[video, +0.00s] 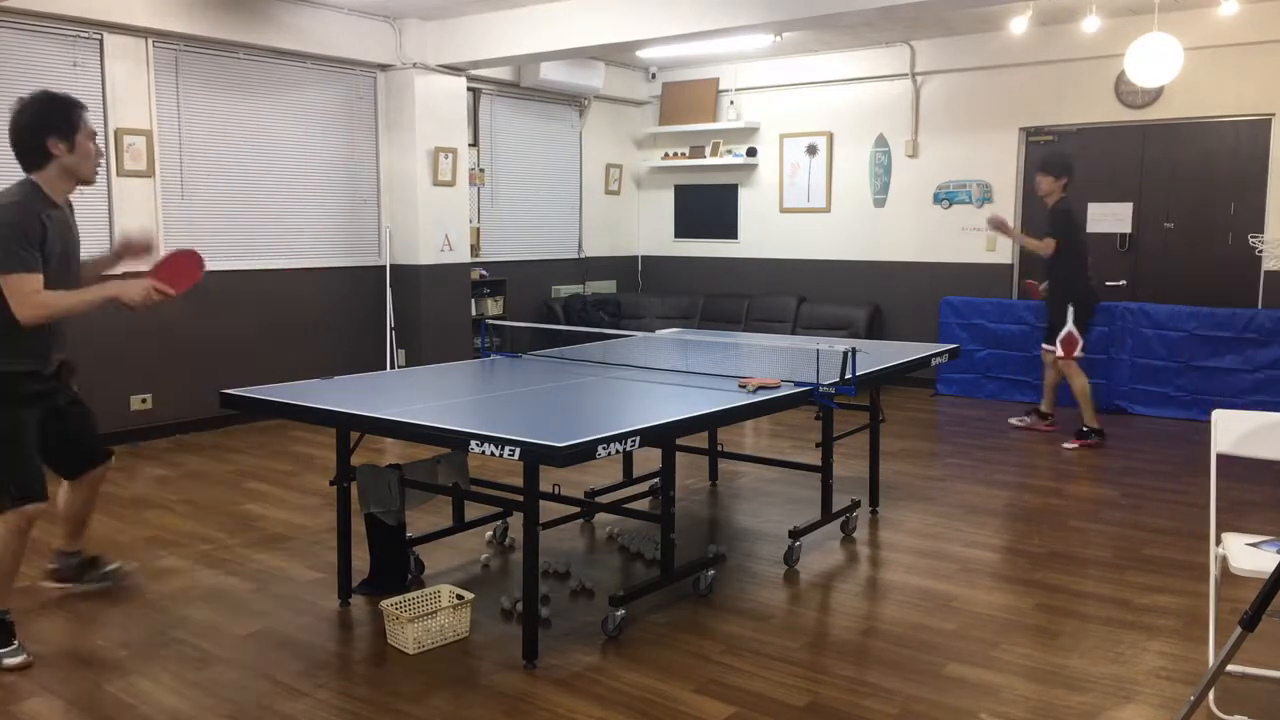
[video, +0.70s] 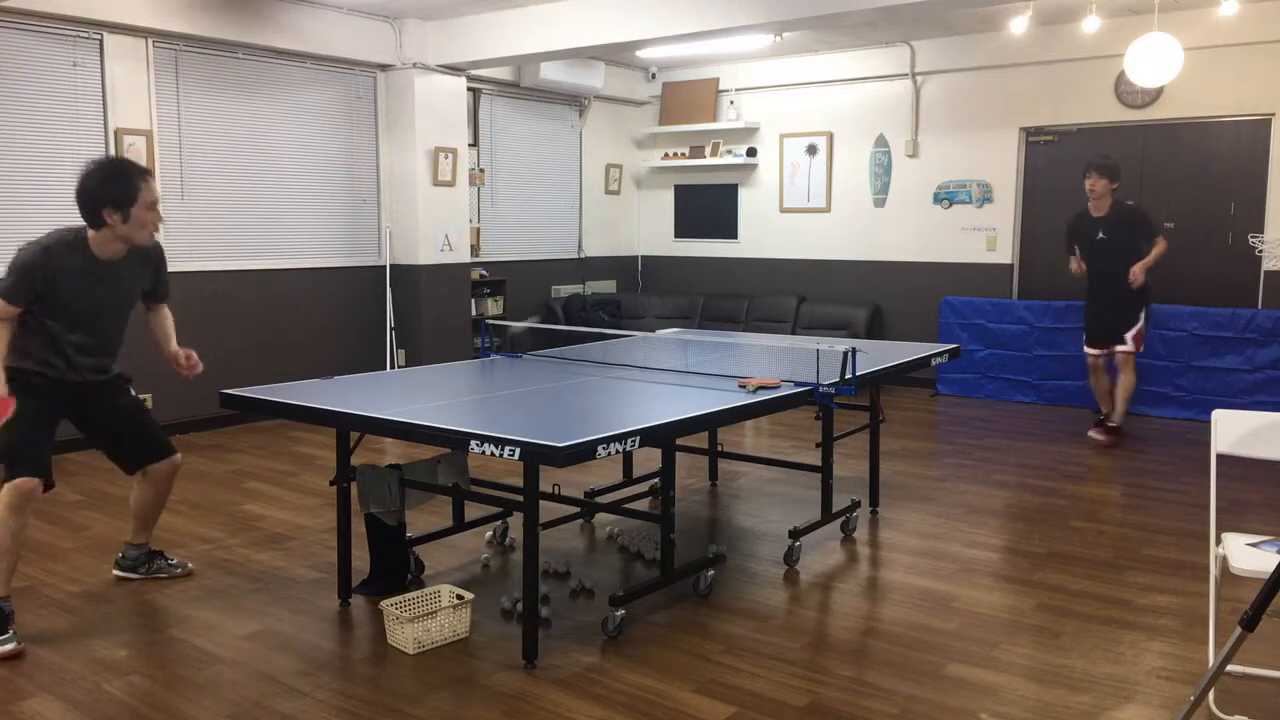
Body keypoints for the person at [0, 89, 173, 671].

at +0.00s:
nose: (98, 148)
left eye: (94, 137)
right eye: (88, 139)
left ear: (61, 147)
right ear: (55, 148)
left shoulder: (59, 208)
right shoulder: (18, 211)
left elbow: (59, 283)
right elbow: (27, 306)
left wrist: (112, 259)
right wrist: (116, 288)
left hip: (46, 376)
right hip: (11, 383)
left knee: (89, 462)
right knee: (21, 502)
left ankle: (69, 558)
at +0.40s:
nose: (139, 178)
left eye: (136, 167)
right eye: (130, 169)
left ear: (100, 178)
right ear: (95, 180)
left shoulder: (120, 227)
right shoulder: (36, 235)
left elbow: (122, 285)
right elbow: (10, 321)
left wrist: (145, 318)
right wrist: (89, 337)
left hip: (79, 373)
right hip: (19, 377)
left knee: (133, 455)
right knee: (20, 487)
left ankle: (130, 554)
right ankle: (2, 611)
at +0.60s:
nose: (147, 198)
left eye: (145, 187)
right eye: (138, 190)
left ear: (110, 198)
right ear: (102, 200)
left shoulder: (136, 242)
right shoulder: (34, 248)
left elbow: (145, 296)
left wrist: (166, 332)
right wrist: (12, 364)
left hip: (93, 377)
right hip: (29, 378)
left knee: (151, 463)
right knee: (19, 487)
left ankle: (132, 555)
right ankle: (2, 607)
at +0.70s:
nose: (158, 215)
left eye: (157, 204)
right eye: (148, 207)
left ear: (124, 217)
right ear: (112, 217)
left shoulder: (146, 255)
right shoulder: (43, 257)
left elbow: (157, 306)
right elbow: (4, 319)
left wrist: (172, 348)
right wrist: (1, 384)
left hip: (97, 382)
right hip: (32, 382)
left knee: (161, 463)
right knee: (23, 485)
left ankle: (137, 553)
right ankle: (2, 605)